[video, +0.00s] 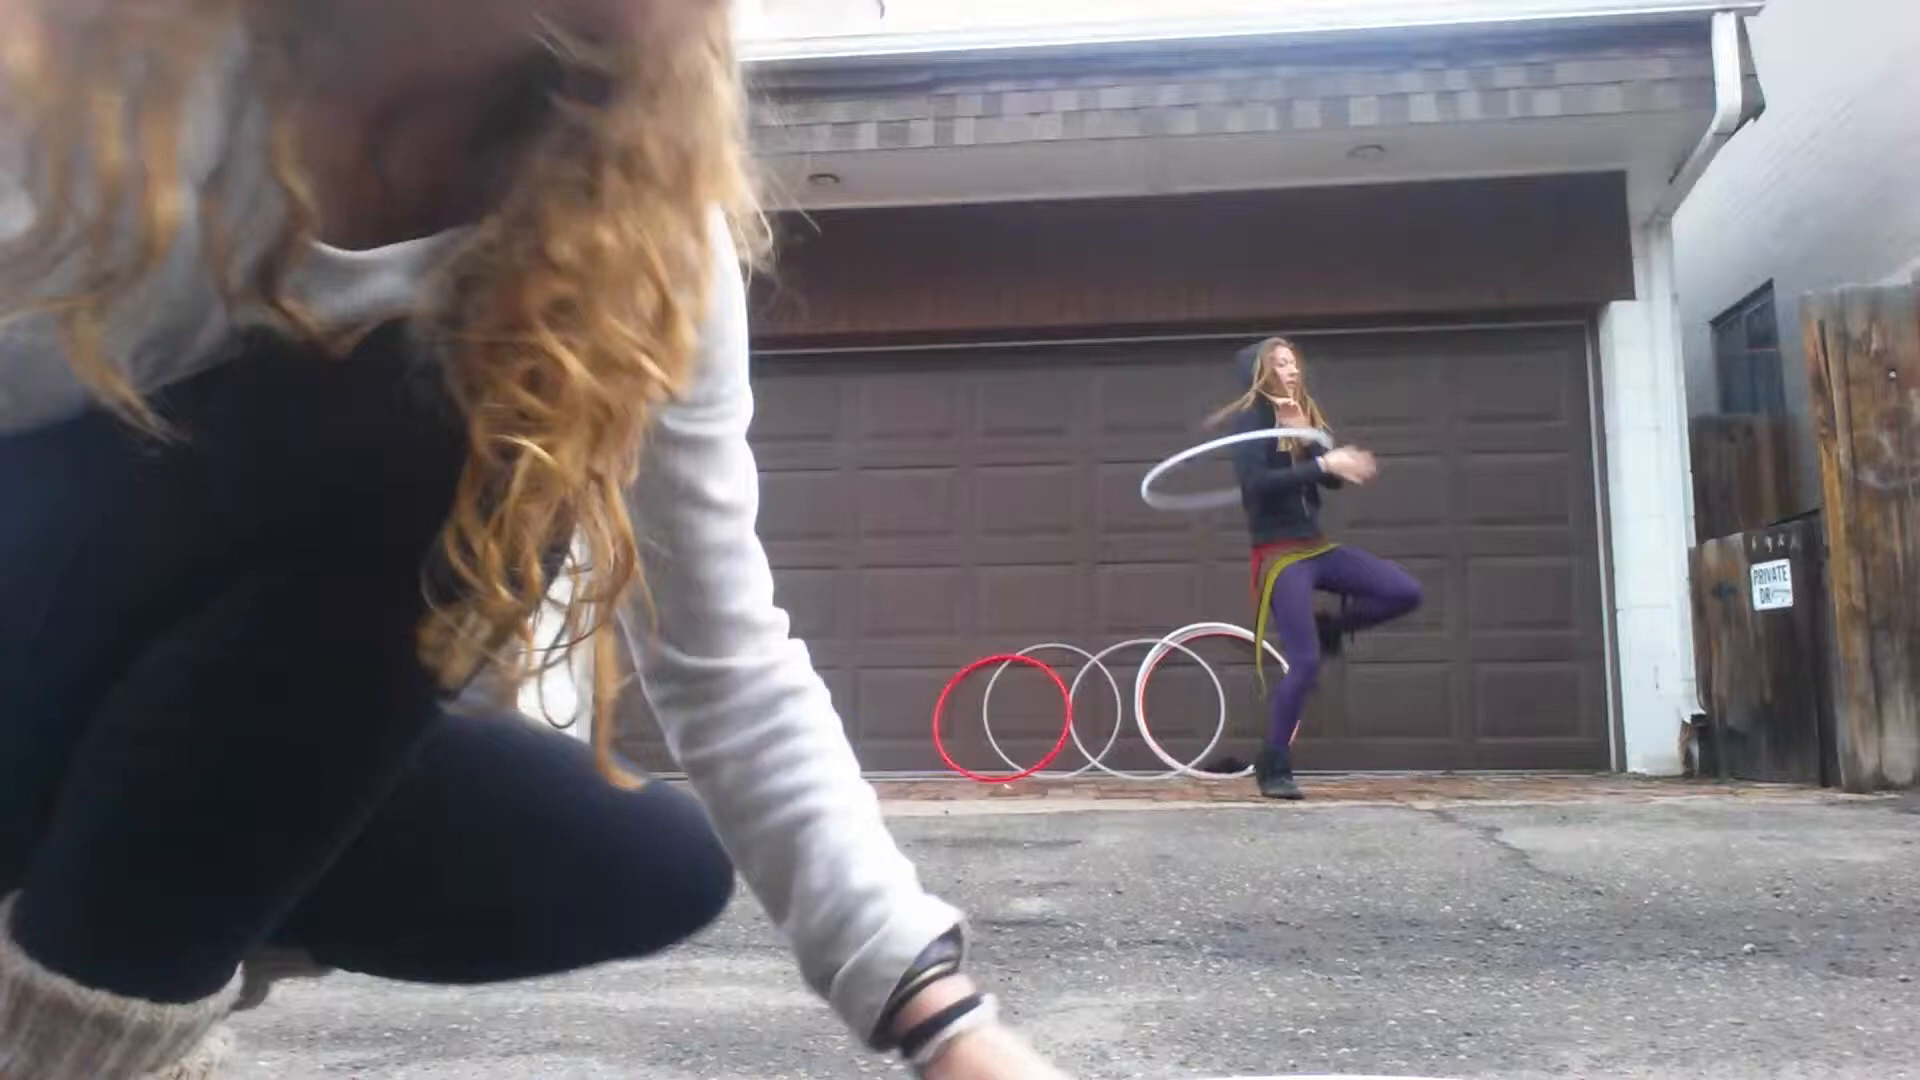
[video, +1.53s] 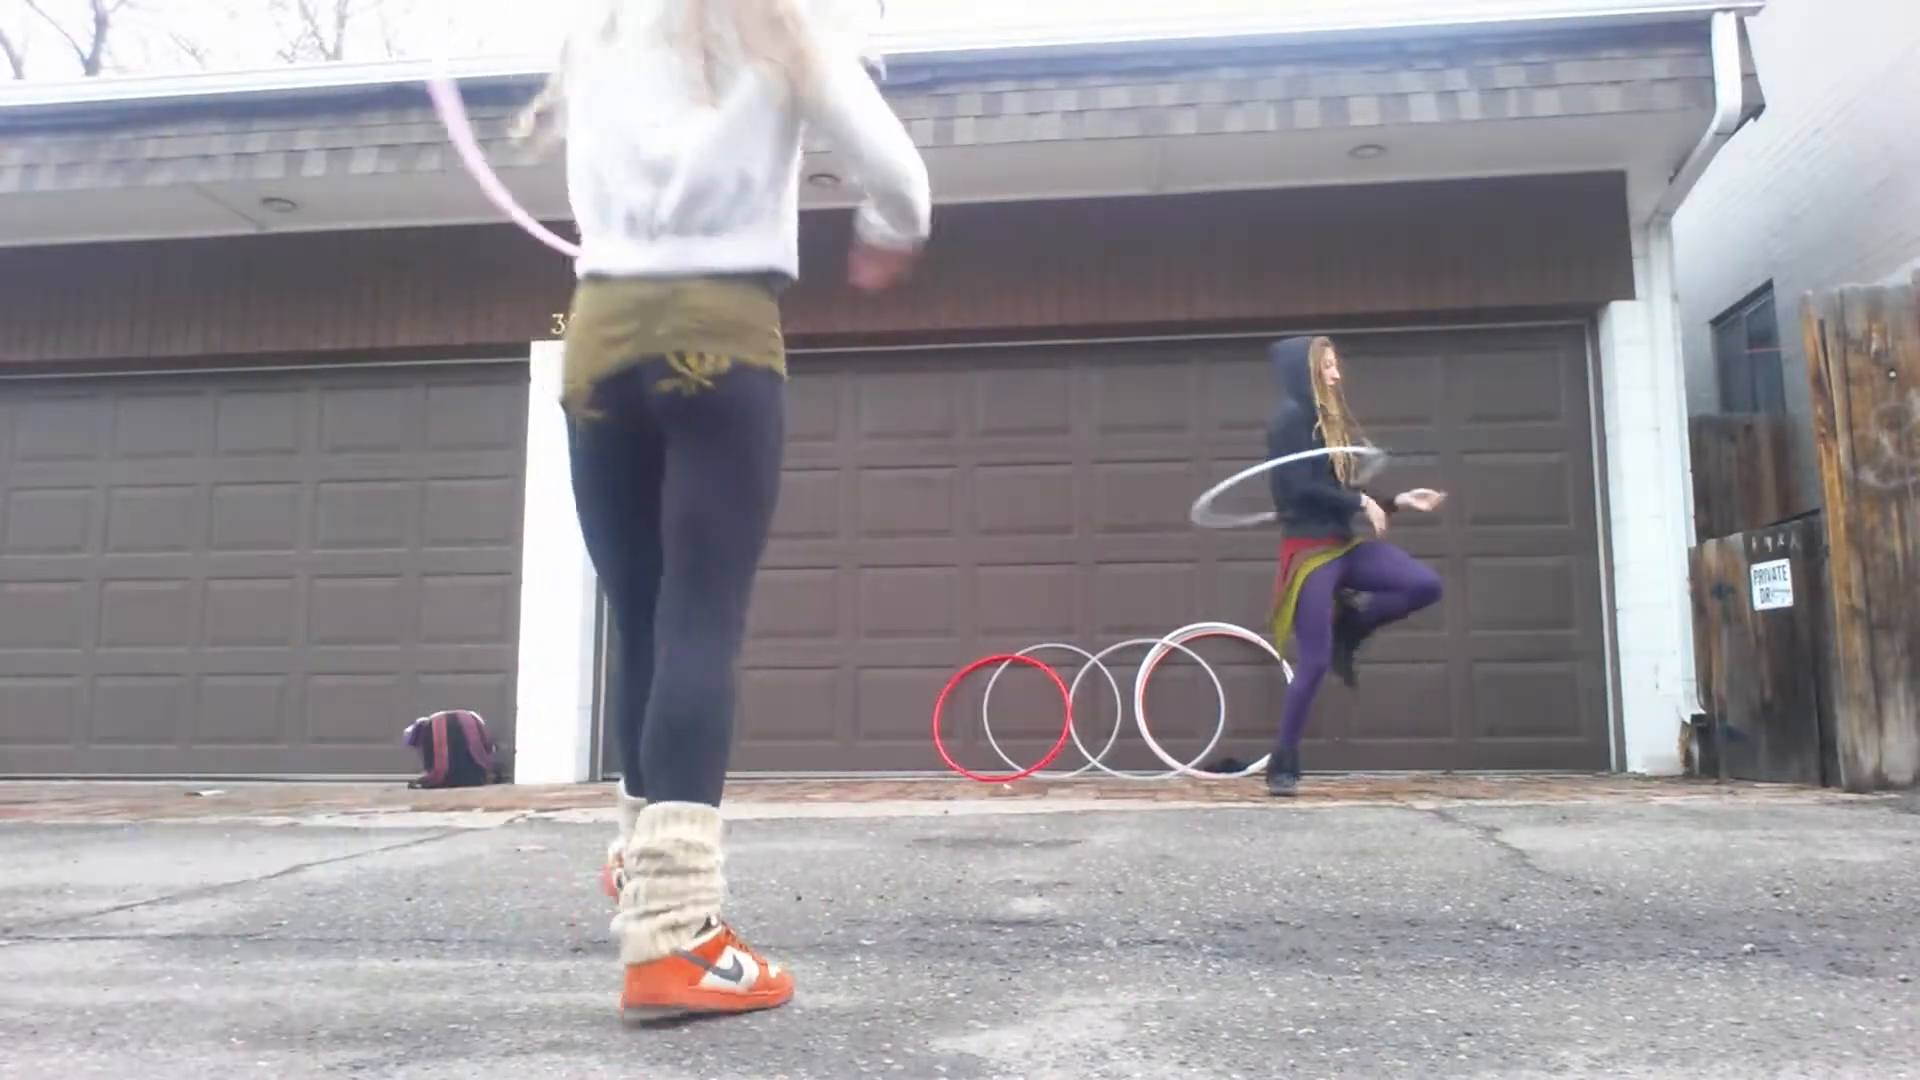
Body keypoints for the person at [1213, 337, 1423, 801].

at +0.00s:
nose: (1287, 369)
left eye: (1291, 361)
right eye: (1276, 363)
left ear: (1300, 369)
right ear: (1262, 373)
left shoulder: (1309, 418)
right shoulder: (1249, 420)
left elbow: (1317, 484)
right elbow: (1255, 483)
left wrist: (1332, 462)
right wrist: (1321, 466)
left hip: (1318, 546)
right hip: (1279, 554)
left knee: (1404, 593)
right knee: (1305, 662)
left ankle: (1332, 626)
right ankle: (1274, 765)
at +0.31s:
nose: (1300, 360)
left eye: (1299, 352)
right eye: (1289, 354)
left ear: (1301, 361)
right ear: (1271, 364)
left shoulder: (1296, 414)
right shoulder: (1271, 411)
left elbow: (1308, 484)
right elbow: (1288, 470)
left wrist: (1362, 485)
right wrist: (1337, 493)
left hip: (1317, 540)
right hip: (1285, 546)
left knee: (1396, 595)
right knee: (1292, 649)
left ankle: (1355, 680)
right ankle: (1270, 763)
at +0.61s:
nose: (1337, 367)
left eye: (1336, 359)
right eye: (1327, 361)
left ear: (1332, 366)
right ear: (1307, 369)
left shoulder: (1336, 417)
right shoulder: (1297, 418)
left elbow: (1348, 476)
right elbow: (1315, 485)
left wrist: (1374, 455)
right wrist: (1373, 489)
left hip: (1356, 548)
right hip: (1315, 551)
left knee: (1387, 654)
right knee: (1309, 655)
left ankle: (1406, 763)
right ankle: (1273, 763)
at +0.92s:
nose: (1360, 385)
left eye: (1368, 378)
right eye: (1351, 378)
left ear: (1379, 385)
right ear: (1336, 386)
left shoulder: (1393, 429)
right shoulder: (1316, 437)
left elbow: (1387, 469)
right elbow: (1292, 503)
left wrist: (1329, 469)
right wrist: (1256, 485)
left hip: (1386, 562)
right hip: (1332, 560)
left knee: (1416, 662)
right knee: (1326, 659)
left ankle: (1408, 766)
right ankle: (1289, 764)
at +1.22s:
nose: (1338, 381)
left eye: (1345, 374)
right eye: (1330, 373)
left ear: (1355, 382)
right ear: (1312, 378)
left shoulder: (1364, 425)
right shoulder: (1290, 425)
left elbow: (1369, 483)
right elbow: (1282, 497)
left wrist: (1326, 440)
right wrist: (1321, 458)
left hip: (1365, 557)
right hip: (1314, 558)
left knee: (1404, 658)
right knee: (1314, 665)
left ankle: (1408, 764)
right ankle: (1282, 765)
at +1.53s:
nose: (1335, 372)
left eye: (1335, 365)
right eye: (1326, 366)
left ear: (1333, 369)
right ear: (1305, 371)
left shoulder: (1331, 420)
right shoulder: (1292, 420)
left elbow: (1340, 492)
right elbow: (1299, 488)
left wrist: (1397, 502)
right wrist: (1357, 505)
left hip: (1348, 545)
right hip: (1311, 551)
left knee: (1424, 586)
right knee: (1314, 662)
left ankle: (1349, 624)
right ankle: (1283, 763)